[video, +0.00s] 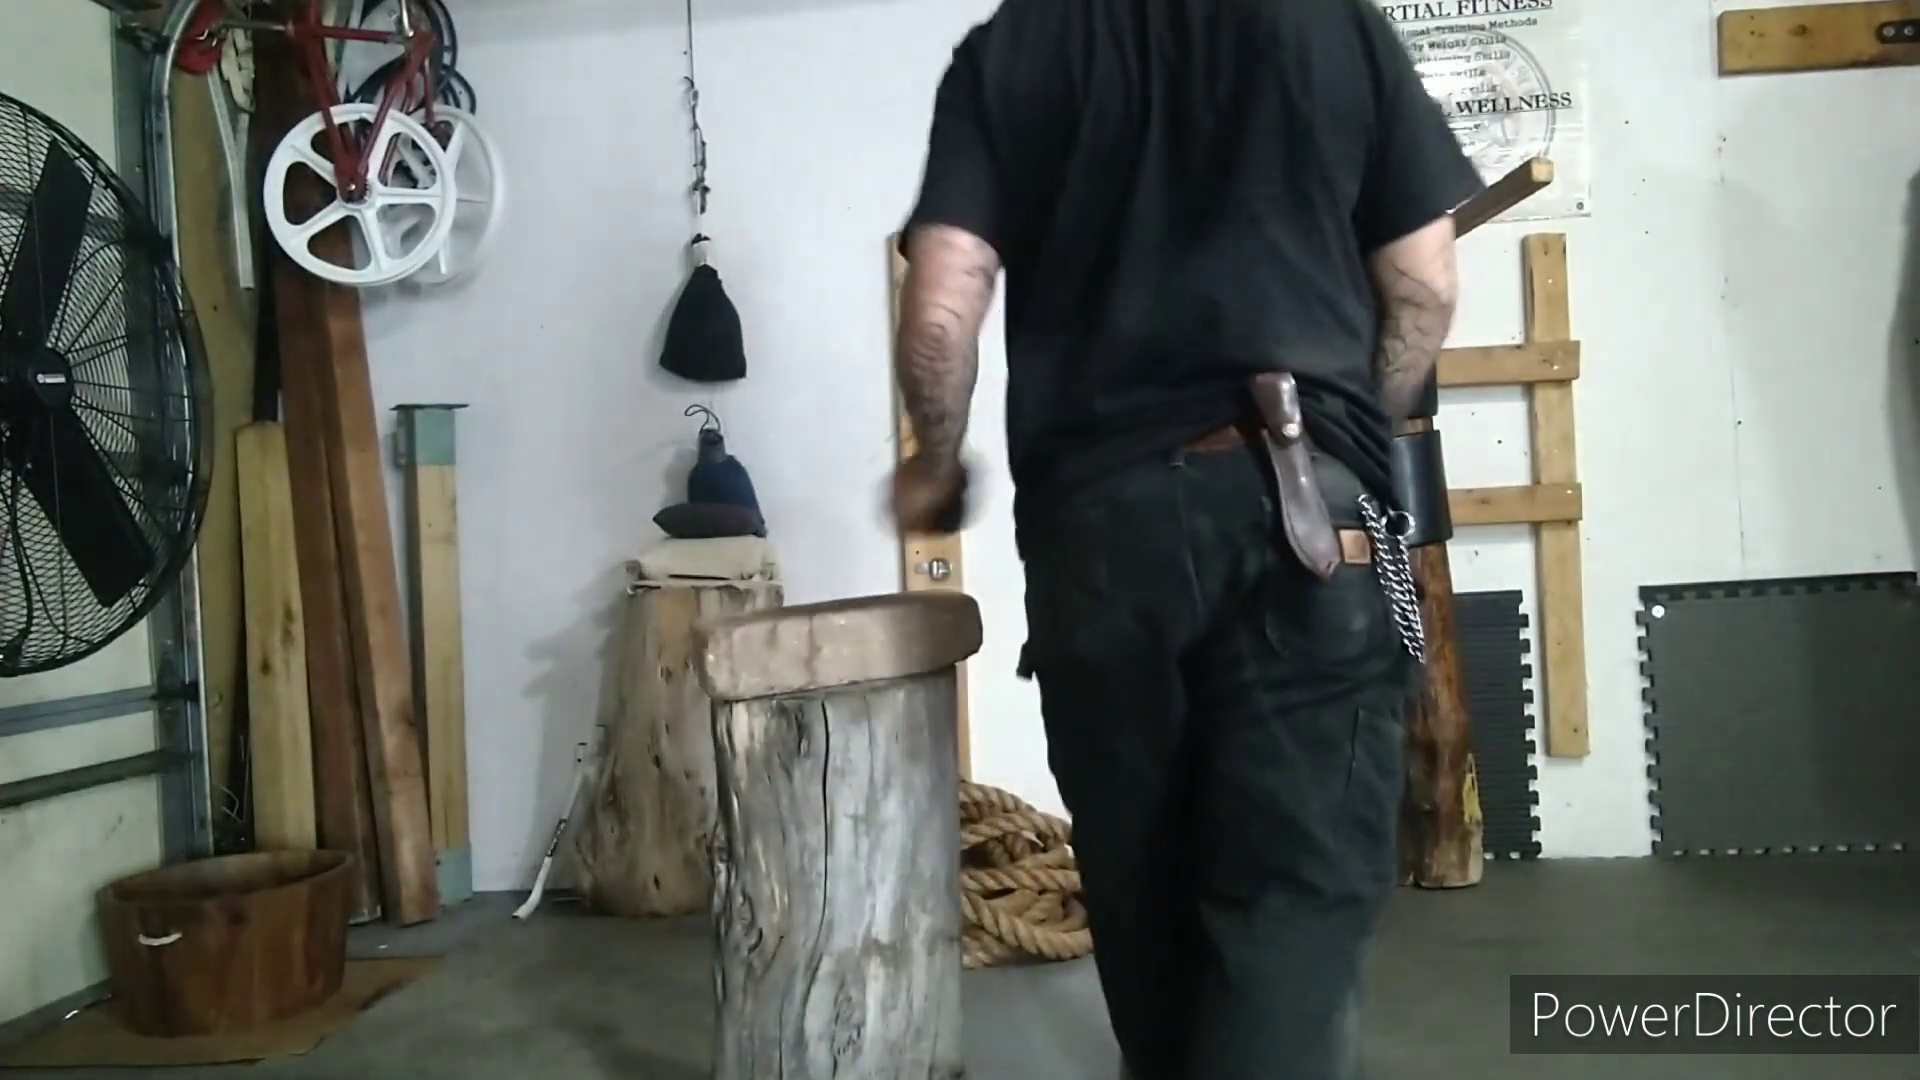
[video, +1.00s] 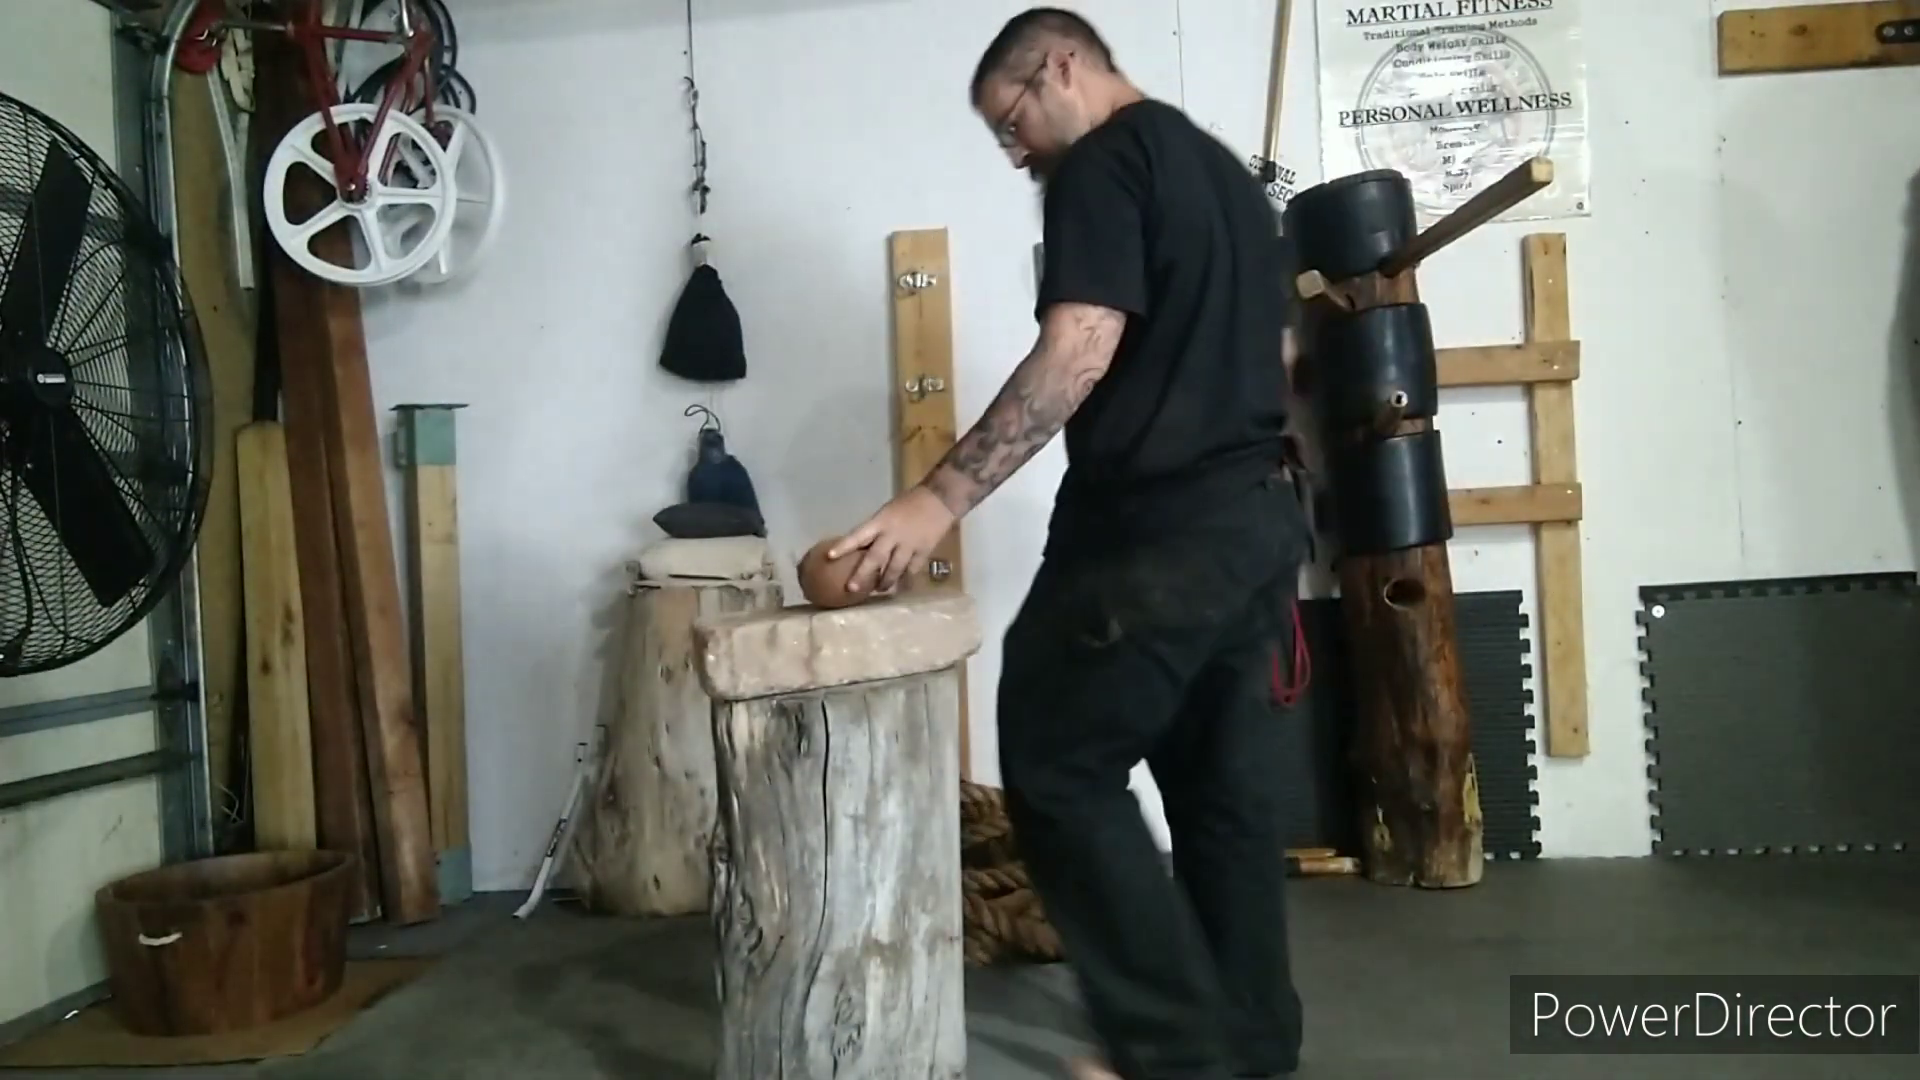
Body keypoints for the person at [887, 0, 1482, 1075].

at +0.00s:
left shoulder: (1011, 39)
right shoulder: (1332, 19)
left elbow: (943, 299)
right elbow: (1425, 278)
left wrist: (936, 455)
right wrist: (1365, 434)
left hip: (1103, 505)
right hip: (1317, 481)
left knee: (1140, 886)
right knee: (1297, 898)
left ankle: (1166, 1068)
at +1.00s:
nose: (1013, 152)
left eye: (1010, 121)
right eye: (1001, 135)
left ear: (1063, 68)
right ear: (1082, 71)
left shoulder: (1102, 162)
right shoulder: (1225, 170)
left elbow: (1076, 351)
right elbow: (1270, 353)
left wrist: (935, 502)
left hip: (1146, 524)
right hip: (1250, 514)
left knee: (1054, 764)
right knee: (1224, 804)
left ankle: (1173, 1041)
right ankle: (1258, 1045)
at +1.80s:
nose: (837, 176)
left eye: (841, 147)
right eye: (821, 160)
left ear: (897, 102)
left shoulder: (984, 205)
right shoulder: (903, 220)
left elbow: (1022, 388)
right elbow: (906, 386)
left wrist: (929, 523)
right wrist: (870, 537)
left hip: (981, 552)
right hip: (909, 551)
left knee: (985, 819)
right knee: (914, 813)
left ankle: (1013, 1050)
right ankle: (920, 1043)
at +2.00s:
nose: (807, 182)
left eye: (819, 154)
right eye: (786, 164)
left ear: (864, 111)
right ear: (770, 148)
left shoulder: (944, 230)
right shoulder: (817, 234)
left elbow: (995, 399)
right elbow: (821, 404)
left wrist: (927, 526)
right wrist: (782, 530)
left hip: (924, 564)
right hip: (814, 559)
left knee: (954, 808)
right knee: (795, 793)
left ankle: (1014, 1042)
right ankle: (755, 983)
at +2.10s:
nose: (786, 191)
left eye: (801, 164)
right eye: (767, 173)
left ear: (846, 128)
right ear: (752, 158)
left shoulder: (921, 247)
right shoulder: (786, 250)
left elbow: (972, 409)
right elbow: (785, 415)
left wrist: (917, 528)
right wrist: (746, 546)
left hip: (890, 578)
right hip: (778, 572)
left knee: (932, 808)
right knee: (736, 798)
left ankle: (1014, 1033)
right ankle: (713, 998)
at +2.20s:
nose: (764, 197)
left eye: (780, 173)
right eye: (744, 179)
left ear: (819, 143)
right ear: (719, 166)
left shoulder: (884, 259)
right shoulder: (718, 274)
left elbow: (930, 422)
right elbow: (708, 422)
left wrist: (899, 522)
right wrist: (675, 533)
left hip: (854, 588)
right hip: (732, 590)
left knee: (902, 812)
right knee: (686, 818)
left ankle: (989, 1016)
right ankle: (707, 1000)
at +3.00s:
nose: (866, 183)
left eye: (888, 162)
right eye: (846, 159)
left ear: (920, 134)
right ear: (812, 128)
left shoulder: (958, 262)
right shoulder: (744, 237)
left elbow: (979, 421)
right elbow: (686, 373)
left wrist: (923, 499)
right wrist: (695, 494)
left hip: (898, 562)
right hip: (744, 556)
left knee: (938, 794)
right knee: (689, 776)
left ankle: (975, 1030)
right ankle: (665, 981)